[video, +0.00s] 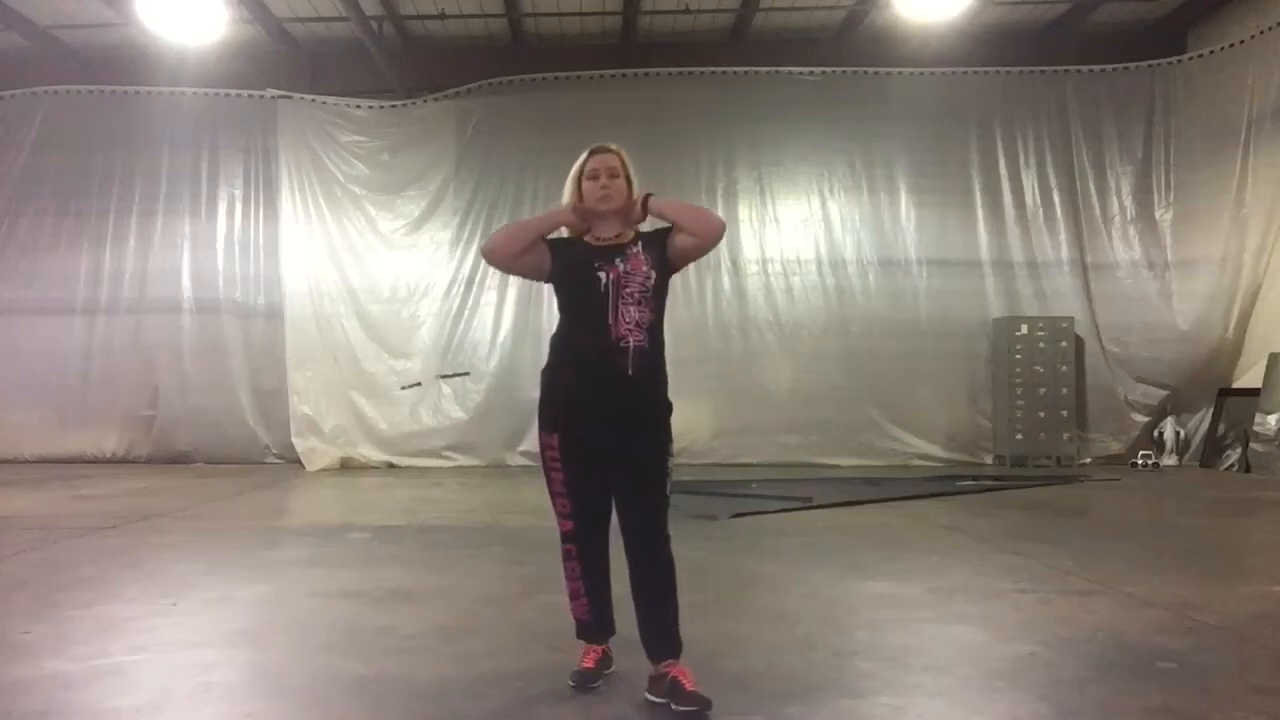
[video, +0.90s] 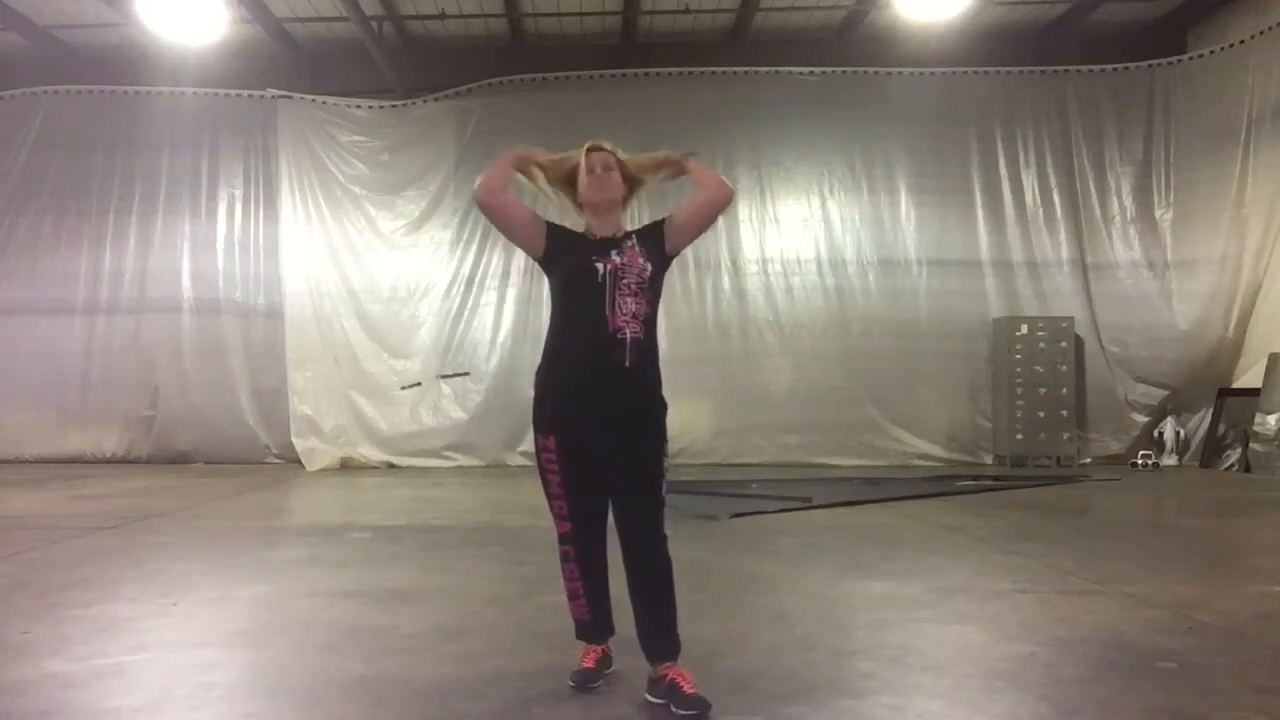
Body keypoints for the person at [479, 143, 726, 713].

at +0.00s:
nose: (603, 183)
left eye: (613, 175)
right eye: (592, 176)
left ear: (631, 190)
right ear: (577, 191)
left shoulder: (657, 252)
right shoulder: (561, 257)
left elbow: (711, 228)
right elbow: (494, 250)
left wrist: (651, 203)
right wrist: (560, 216)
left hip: (641, 414)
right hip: (571, 416)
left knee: (650, 538)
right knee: (582, 536)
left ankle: (666, 662)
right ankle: (594, 646)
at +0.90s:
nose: (597, 173)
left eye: (607, 166)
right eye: (587, 168)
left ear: (626, 185)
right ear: (575, 188)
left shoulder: (653, 242)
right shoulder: (556, 245)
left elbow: (717, 192)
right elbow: (489, 192)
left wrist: (679, 161)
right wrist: (522, 156)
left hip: (635, 412)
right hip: (565, 413)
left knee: (646, 538)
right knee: (579, 537)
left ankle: (665, 663)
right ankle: (593, 645)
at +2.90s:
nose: (637, 166)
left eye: (648, 160)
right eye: (627, 163)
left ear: (669, 179)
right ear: (615, 186)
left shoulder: (698, 247)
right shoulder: (596, 248)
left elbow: (727, 321)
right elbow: (560, 322)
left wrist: (724, 365)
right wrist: (576, 375)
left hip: (686, 404)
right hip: (618, 404)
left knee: (676, 526)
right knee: (614, 523)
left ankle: (662, 641)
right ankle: (606, 639)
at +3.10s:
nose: (635, 165)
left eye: (646, 159)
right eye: (625, 161)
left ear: (665, 176)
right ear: (612, 181)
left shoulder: (693, 245)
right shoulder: (592, 246)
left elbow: (722, 320)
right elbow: (553, 320)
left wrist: (718, 363)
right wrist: (566, 369)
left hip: (677, 402)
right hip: (608, 402)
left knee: (670, 525)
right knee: (606, 525)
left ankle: (662, 643)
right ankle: (599, 647)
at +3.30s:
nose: (626, 164)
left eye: (636, 157)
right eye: (616, 159)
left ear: (656, 173)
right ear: (604, 178)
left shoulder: (683, 244)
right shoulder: (582, 243)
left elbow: (711, 320)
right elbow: (543, 317)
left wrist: (707, 365)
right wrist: (547, 368)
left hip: (661, 402)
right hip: (591, 402)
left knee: (658, 525)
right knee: (594, 527)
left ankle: (660, 643)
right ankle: (597, 648)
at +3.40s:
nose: (622, 166)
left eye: (633, 158)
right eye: (612, 160)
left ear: (651, 175)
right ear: (599, 177)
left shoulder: (676, 245)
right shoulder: (577, 244)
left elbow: (706, 320)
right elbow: (537, 316)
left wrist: (700, 371)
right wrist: (539, 369)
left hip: (654, 404)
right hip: (584, 404)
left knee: (652, 525)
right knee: (588, 528)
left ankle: (657, 642)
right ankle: (597, 648)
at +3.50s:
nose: (618, 167)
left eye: (629, 160)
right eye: (608, 161)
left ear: (647, 176)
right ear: (595, 179)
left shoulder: (670, 245)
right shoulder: (572, 245)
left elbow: (702, 325)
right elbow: (530, 321)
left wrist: (694, 383)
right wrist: (537, 380)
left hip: (650, 407)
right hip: (581, 407)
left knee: (648, 526)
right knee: (586, 529)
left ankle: (651, 639)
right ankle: (597, 648)